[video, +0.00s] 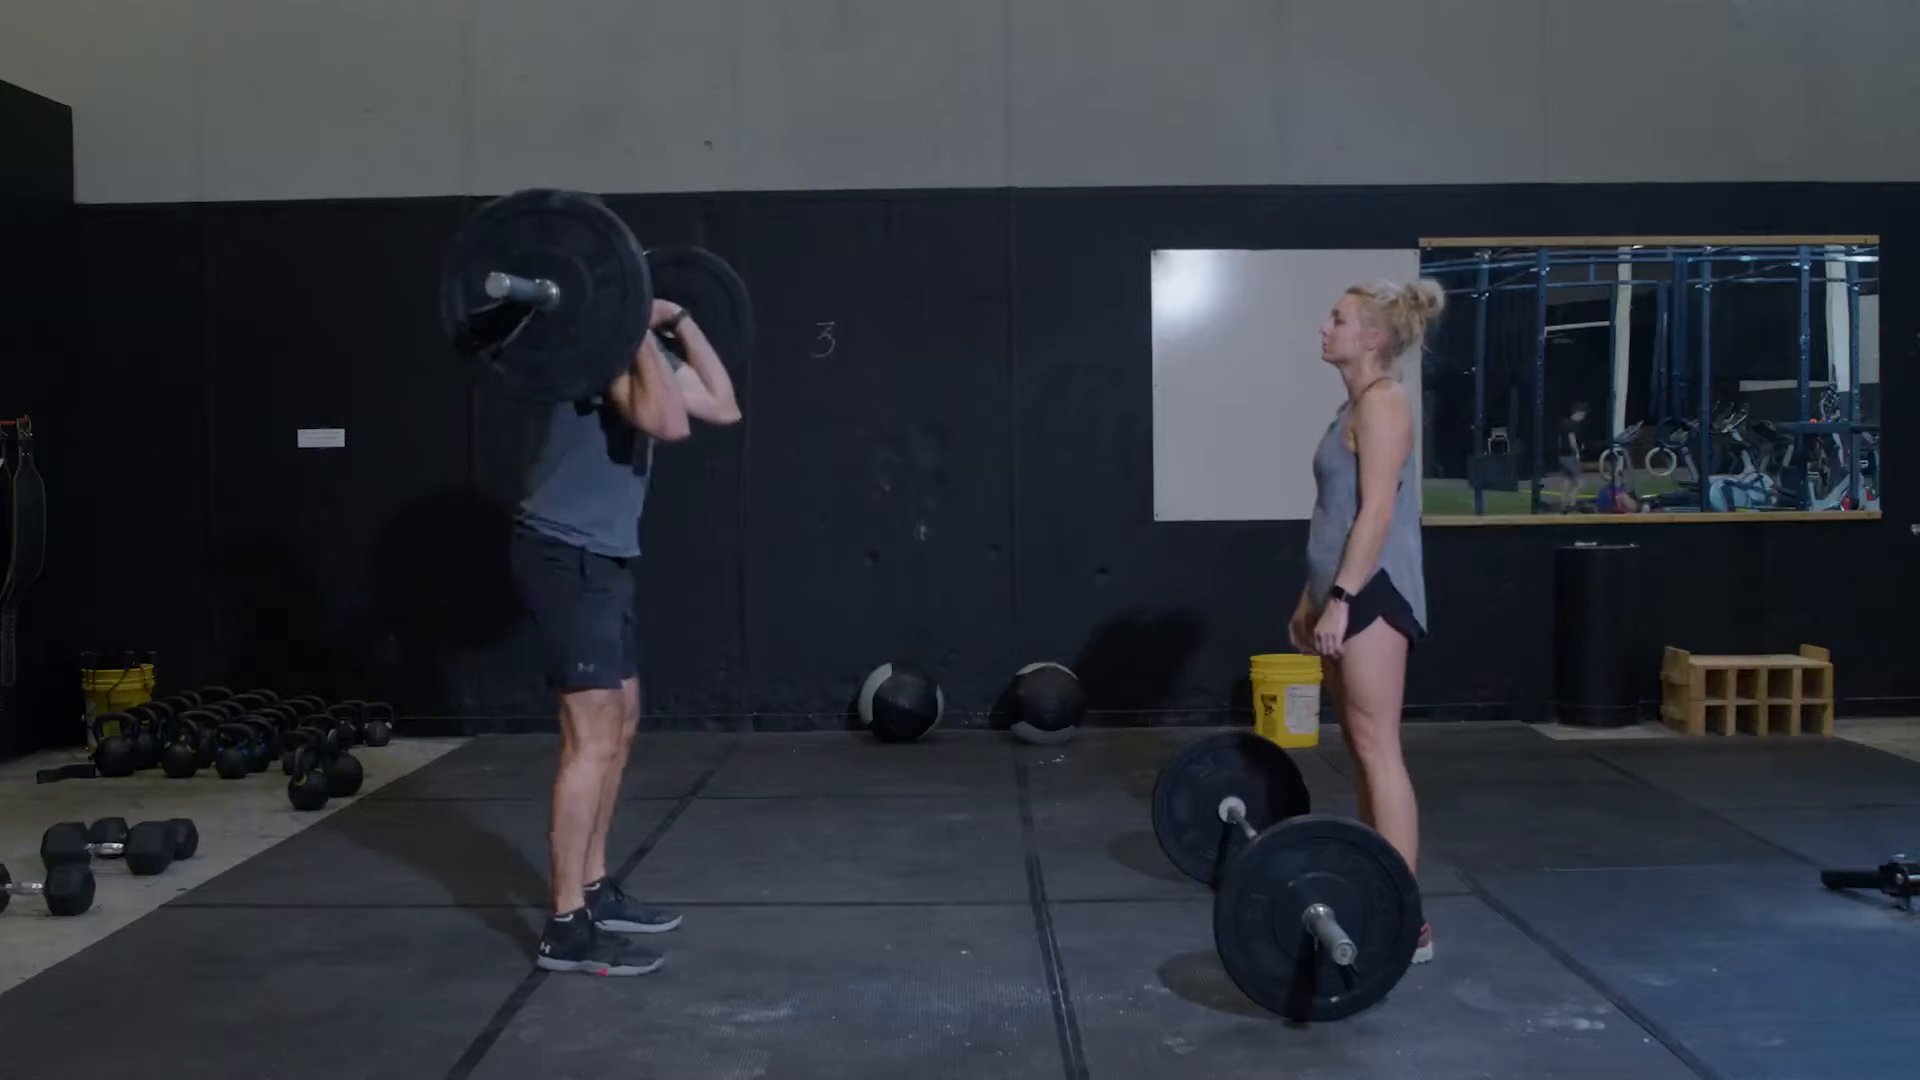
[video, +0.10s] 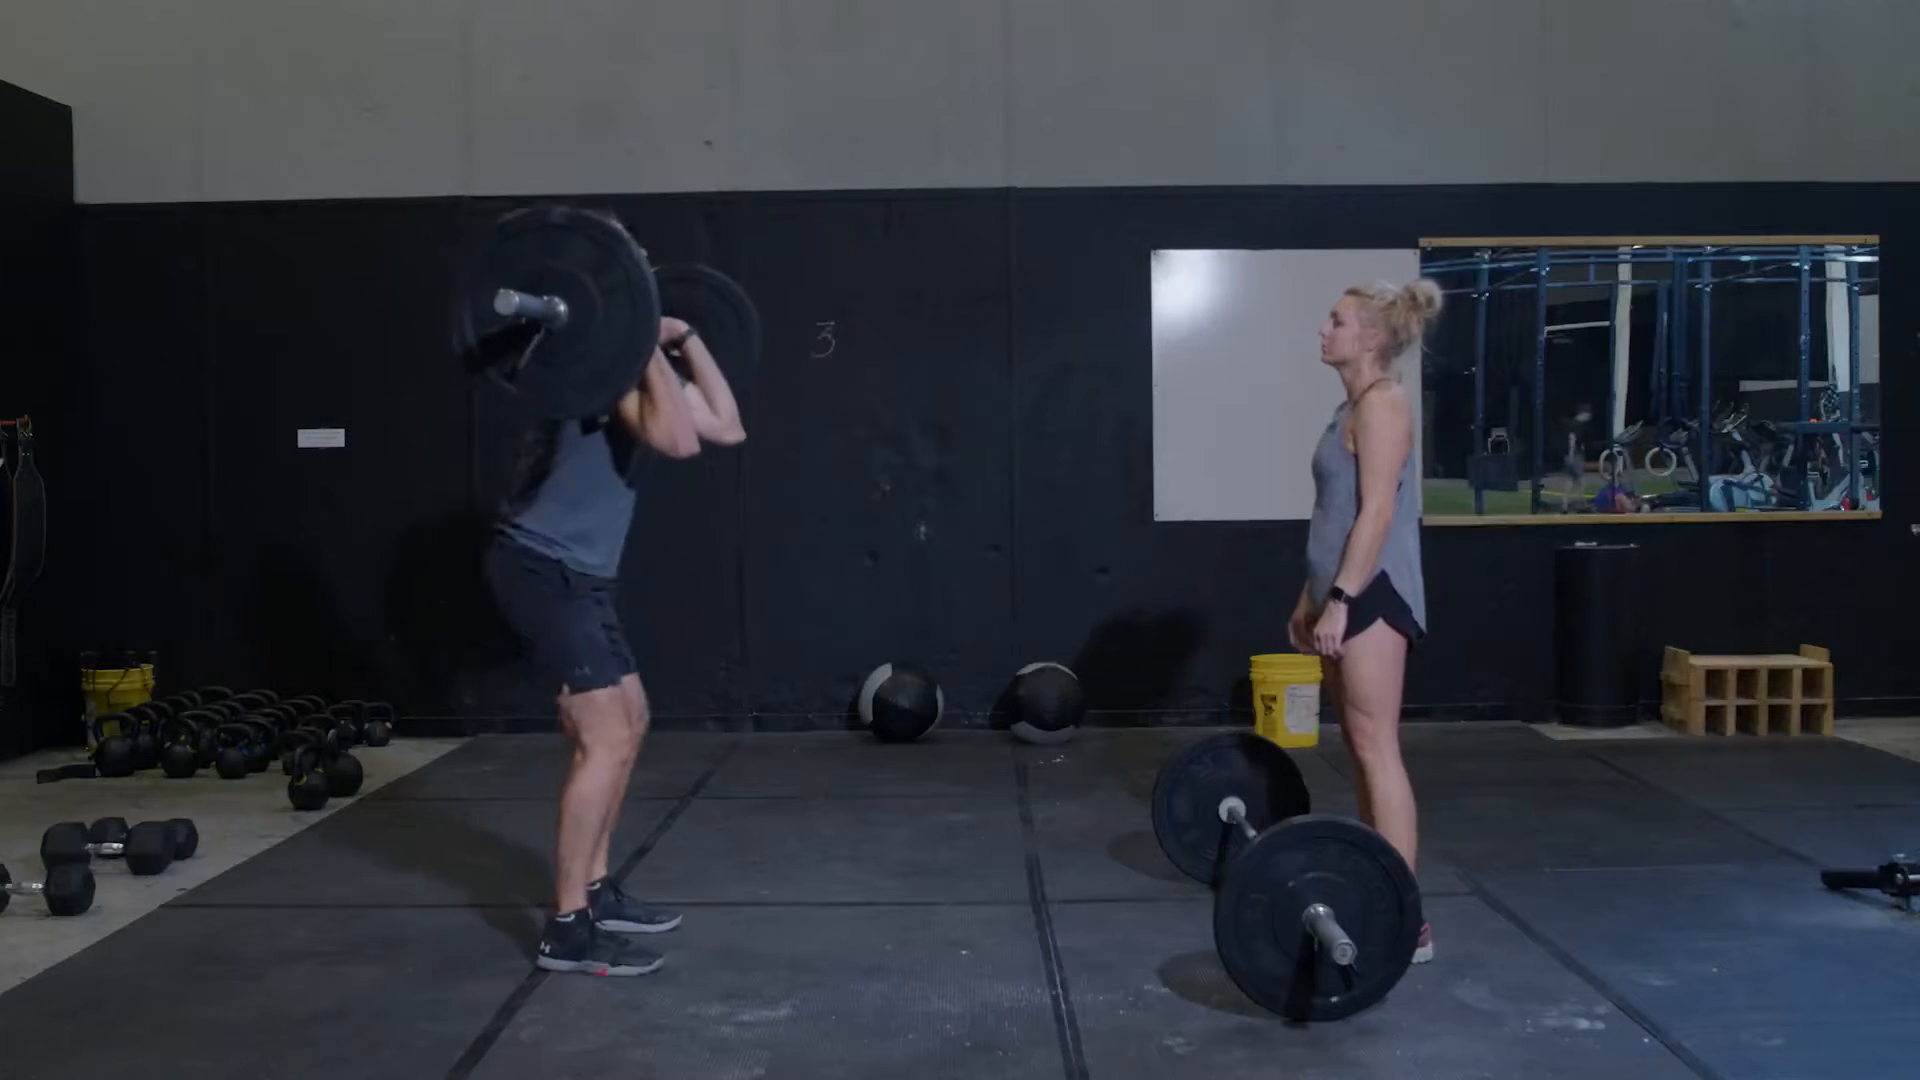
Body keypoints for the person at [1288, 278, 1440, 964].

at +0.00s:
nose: (1325, 329)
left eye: (1339, 321)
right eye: (1329, 319)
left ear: (1374, 338)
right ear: (1360, 338)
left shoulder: (1383, 404)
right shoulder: (1355, 407)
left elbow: (1377, 512)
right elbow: (1338, 515)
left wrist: (1341, 597)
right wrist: (1313, 594)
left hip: (1376, 595)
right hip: (1350, 593)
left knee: (1378, 748)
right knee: (1364, 746)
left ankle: (1402, 914)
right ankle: (1379, 901)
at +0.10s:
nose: (1324, 331)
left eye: (1337, 323)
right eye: (1328, 321)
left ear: (1372, 339)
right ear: (1359, 339)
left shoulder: (1382, 405)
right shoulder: (1352, 408)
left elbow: (1378, 512)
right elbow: (1337, 516)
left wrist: (1341, 598)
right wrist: (1312, 595)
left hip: (1376, 596)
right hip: (1349, 594)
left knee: (1376, 747)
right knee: (1363, 746)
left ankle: (1402, 914)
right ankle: (1380, 901)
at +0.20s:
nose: (1323, 332)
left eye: (1336, 324)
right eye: (1327, 321)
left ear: (1371, 340)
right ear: (1358, 340)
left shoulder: (1382, 406)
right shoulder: (1351, 409)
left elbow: (1378, 512)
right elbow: (1337, 515)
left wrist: (1340, 599)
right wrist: (1312, 595)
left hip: (1376, 597)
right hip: (1349, 595)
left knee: (1375, 748)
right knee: (1362, 746)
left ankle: (1401, 914)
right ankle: (1380, 901)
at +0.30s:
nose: (1323, 332)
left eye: (1336, 324)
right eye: (1326, 322)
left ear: (1371, 339)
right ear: (1356, 340)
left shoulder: (1382, 406)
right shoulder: (1349, 408)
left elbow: (1378, 516)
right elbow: (1336, 515)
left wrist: (1340, 600)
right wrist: (1310, 594)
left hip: (1377, 596)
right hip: (1349, 595)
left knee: (1373, 744)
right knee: (1362, 743)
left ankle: (1402, 912)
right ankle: (1379, 900)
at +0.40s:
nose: (1321, 332)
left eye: (1335, 324)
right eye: (1325, 322)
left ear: (1371, 340)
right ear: (1355, 340)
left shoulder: (1382, 407)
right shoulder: (1348, 410)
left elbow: (1378, 517)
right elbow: (1334, 516)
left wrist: (1341, 601)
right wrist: (1307, 594)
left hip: (1376, 596)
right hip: (1349, 594)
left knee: (1370, 744)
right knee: (1361, 743)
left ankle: (1399, 911)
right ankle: (1381, 901)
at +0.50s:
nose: (1322, 332)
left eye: (1335, 325)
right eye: (1325, 323)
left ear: (1371, 340)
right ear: (1353, 341)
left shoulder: (1382, 405)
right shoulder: (1349, 408)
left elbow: (1377, 515)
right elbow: (1333, 515)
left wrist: (1339, 600)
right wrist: (1305, 592)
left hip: (1374, 596)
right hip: (1348, 594)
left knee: (1367, 741)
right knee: (1359, 741)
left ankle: (1398, 909)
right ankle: (1381, 901)